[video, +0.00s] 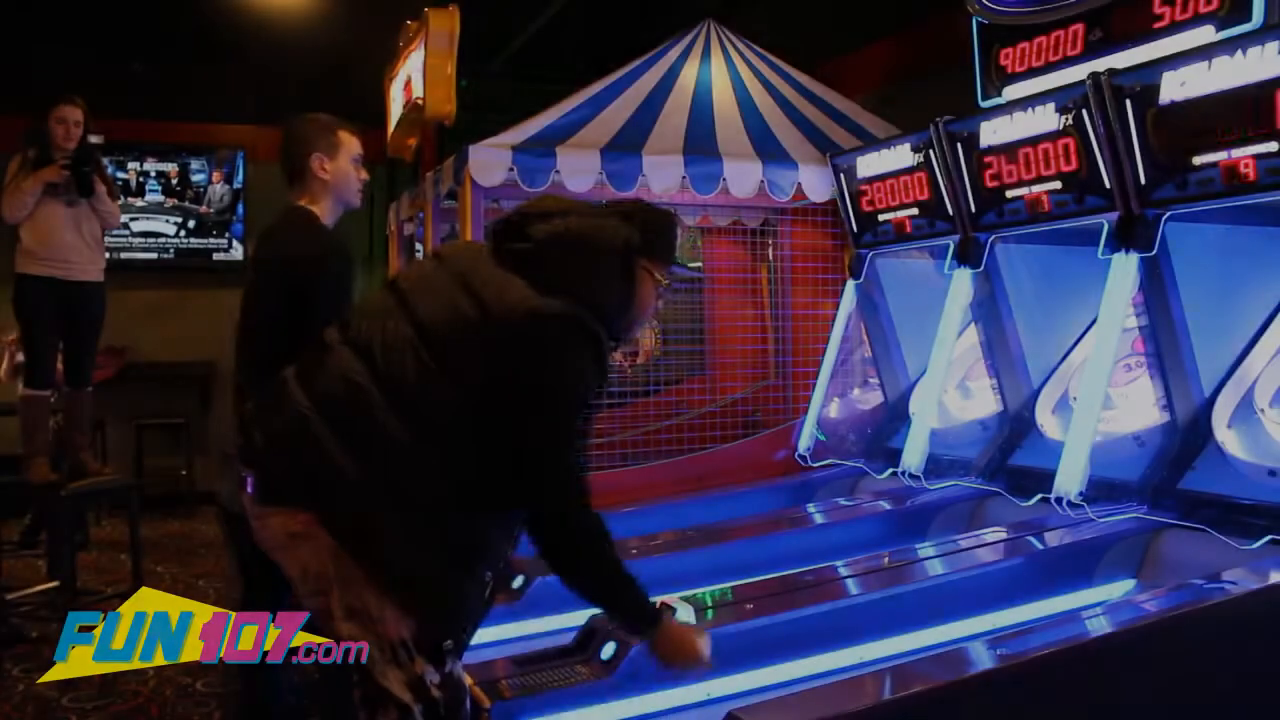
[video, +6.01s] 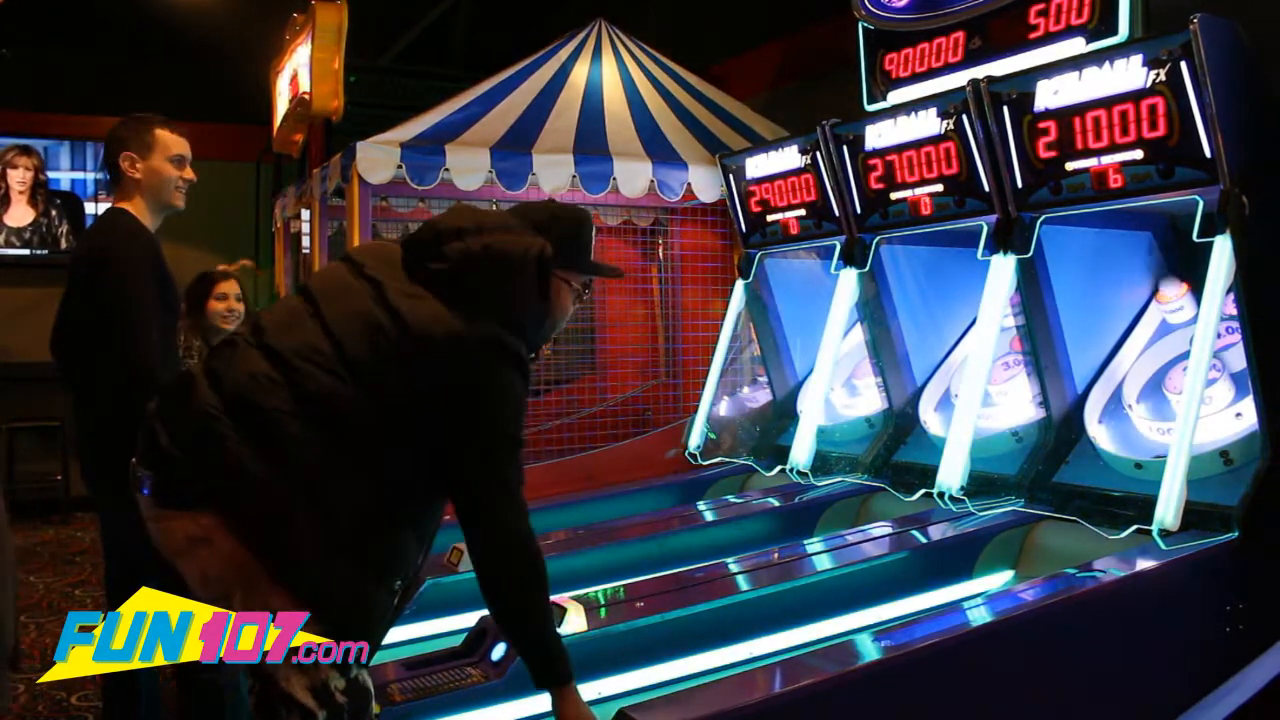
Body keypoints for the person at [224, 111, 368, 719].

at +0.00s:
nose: (364, 175)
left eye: (362, 162)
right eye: (355, 162)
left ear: (316, 168)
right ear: (320, 166)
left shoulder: (282, 236)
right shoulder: (315, 246)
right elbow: (313, 362)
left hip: (264, 458)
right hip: (290, 466)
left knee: (271, 606)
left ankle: (261, 703)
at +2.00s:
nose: (229, 196)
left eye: (231, 184)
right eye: (229, 182)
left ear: (180, 170)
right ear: (206, 172)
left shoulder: (148, 233)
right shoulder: (176, 239)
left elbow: (98, 349)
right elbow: (147, 344)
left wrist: (224, 315)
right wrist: (200, 414)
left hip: (147, 453)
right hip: (173, 460)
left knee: (158, 596)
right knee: (211, 603)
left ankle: (151, 704)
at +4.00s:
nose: (193, 190)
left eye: (192, 176)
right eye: (189, 176)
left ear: (129, 180)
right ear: (165, 174)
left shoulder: (101, 244)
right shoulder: (156, 240)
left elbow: (24, 342)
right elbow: (152, 356)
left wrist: (82, 412)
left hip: (113, 458)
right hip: (156, 462)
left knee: (129, 608)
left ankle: (126, 708)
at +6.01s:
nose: (190, 175)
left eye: (189, 163)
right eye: (179, 162)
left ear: (135, 168)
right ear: (133, 165)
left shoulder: (112, 239)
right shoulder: (126, 246)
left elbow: (67, 345)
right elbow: (146, 363)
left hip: (119, 456)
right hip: (134, 463)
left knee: (136, 604)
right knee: (150, 605)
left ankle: (133, 708)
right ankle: (142, 709)